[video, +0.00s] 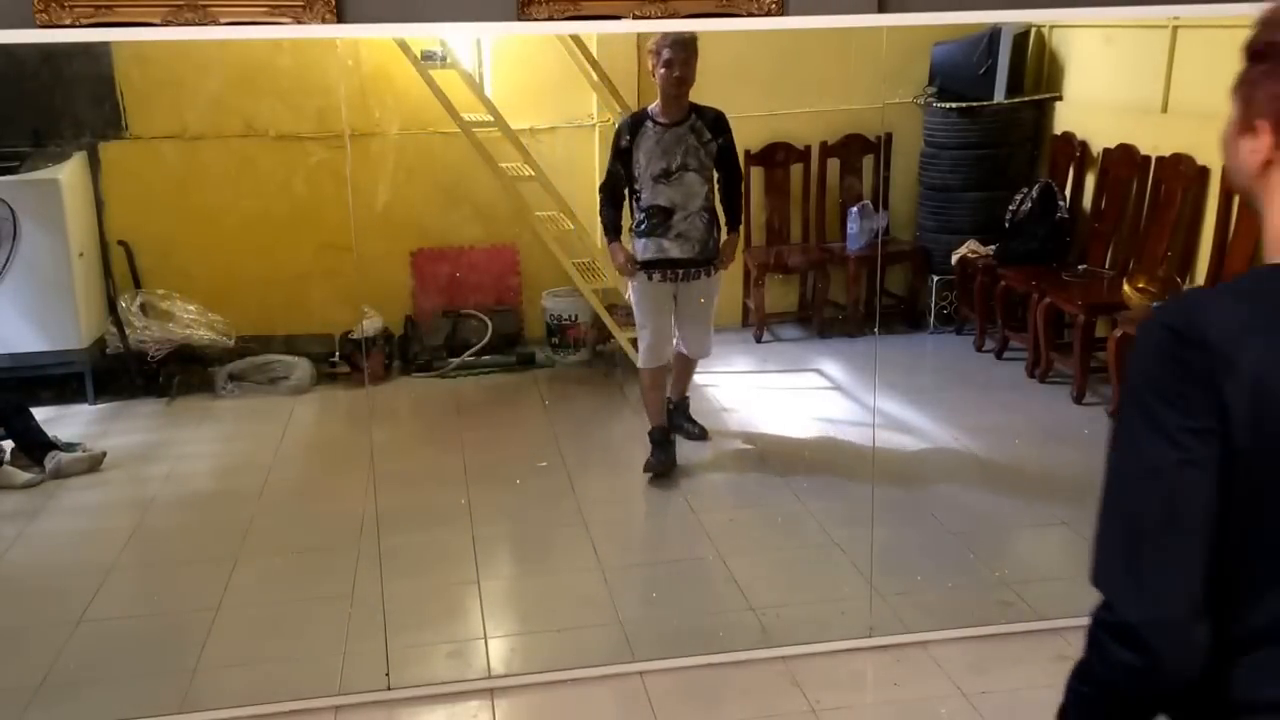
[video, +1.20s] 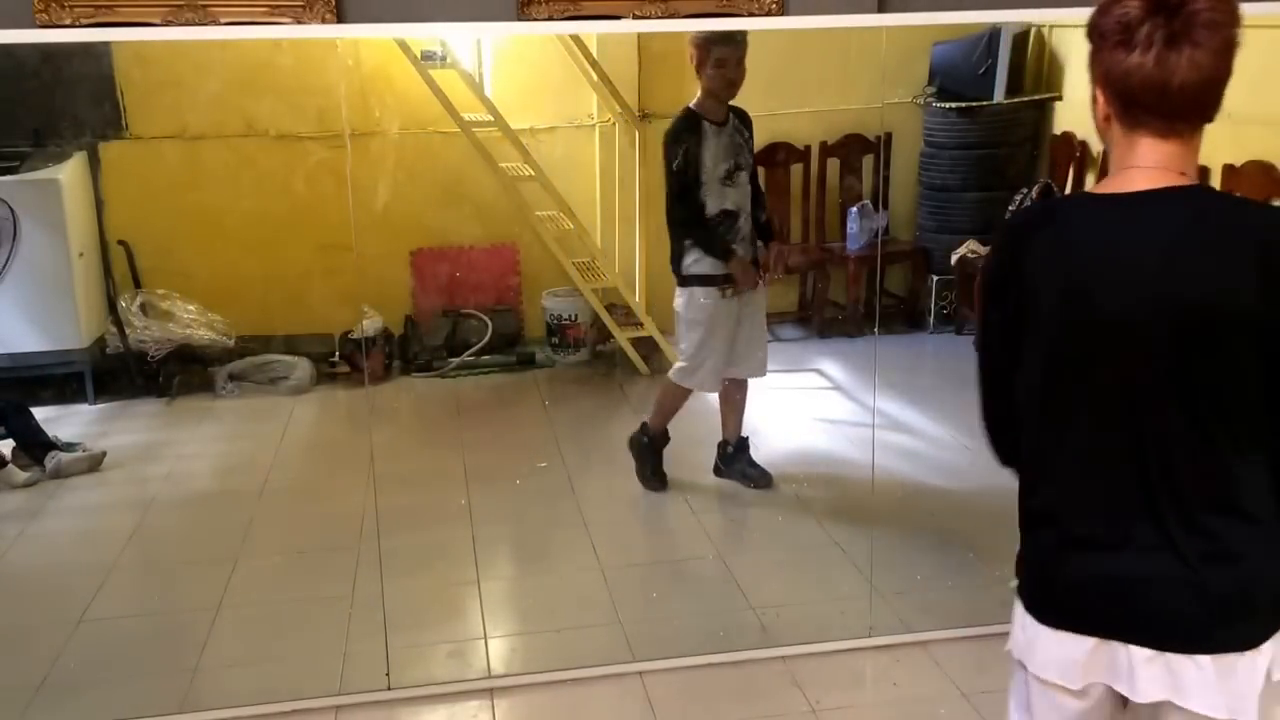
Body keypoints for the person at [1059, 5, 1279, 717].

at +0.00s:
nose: (1226, 145)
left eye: (1231, 124)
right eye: (1231, 123)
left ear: (1260, 141)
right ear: (1264, 142)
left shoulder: (1204, 336)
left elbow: (1149, 628)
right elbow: (1147, 624)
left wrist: (1088, 706)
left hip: (1239, 697)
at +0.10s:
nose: (1170, 130)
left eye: (1175, 110)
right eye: (1178, 107)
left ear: (1201, 130)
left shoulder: (1147, 322)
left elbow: (1110, 586)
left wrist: (1055, 697)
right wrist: (1061, 694)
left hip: (1192, 697)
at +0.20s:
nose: (1117, 117)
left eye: (1122, 96)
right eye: (1124, 94)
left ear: (1141, 120)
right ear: (1268, 120)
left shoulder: (1094, 304)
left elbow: (1071, 543)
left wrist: (1027, 675)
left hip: (1151, 686)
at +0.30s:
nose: (1073, 114)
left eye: (1075, 96)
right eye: (1076, 93)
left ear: (1091, 116)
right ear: (1215, 111)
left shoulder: (1041, 285)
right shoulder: (1267, 250)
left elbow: (1019, 511)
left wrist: (999, 665)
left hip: (1106, 690)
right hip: (1264, 680)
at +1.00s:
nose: (1040, 103)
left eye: (1041, 87)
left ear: (1054, 102)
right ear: (1167, 90)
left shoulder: (1010, 257)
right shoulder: (1255, 236)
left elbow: (973, 443)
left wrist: (966, 565)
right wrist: (1273, 564)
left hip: (1061, 631)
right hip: (1221, 627)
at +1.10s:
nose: (1067, 107)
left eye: (1066, 90)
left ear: (1079, 104)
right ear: (1192, 94)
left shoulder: (1010, 253)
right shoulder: (1264, 236)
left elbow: (981, 463)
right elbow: (1278, 436)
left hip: (1058, 637)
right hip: (1225, 644)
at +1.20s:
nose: (1091, 102)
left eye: (1090, 85)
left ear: (1101, 104)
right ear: (1215, 100)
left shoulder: (1030, 243)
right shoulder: (1263, 239)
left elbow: (1008, 433)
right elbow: (1277, 426)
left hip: (1066, 618)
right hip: (1223, 630)